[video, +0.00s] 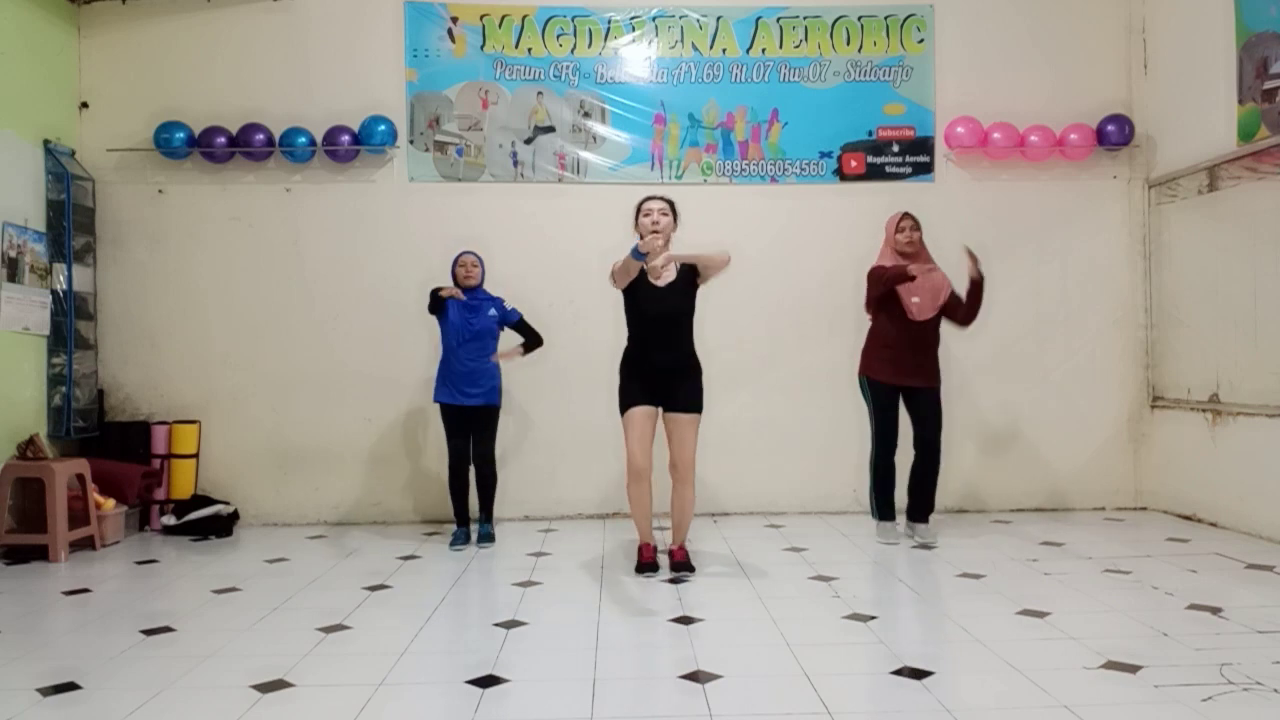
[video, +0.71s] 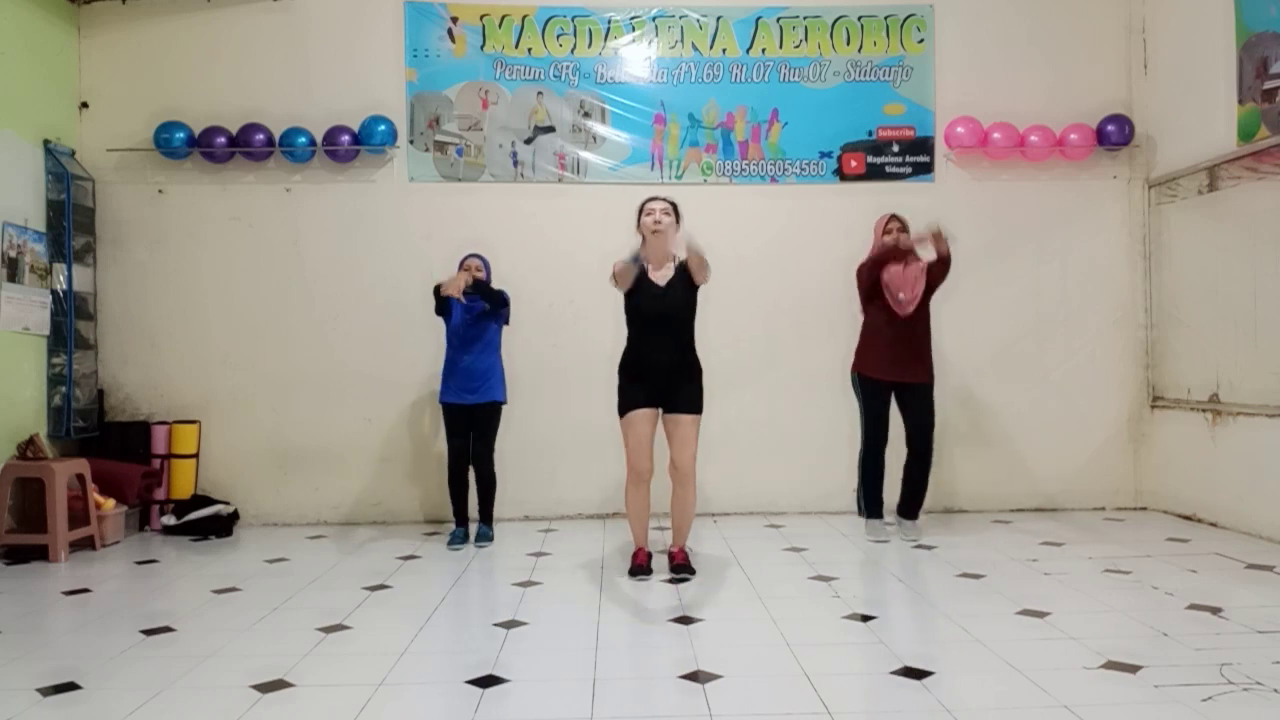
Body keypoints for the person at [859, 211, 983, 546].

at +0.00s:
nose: (910, 234)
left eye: (914, 229)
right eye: (902, 230)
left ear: (922, 236)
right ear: (891, 239)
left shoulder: (934, 278)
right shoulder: (880, 274)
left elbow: (963, 316)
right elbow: (871, 306)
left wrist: (976, 281)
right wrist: (896, 277)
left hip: (922, 373)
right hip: (880, 371)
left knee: (929, 445)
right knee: (885, 443)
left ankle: (918, 520)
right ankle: (885, 519)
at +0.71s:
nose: (897, 236)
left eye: (902, 231)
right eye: (889, 231)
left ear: (909, 239)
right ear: (878, 241)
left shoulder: (922, 273)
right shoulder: (868, 274)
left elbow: (941, 266)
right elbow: (876, 261)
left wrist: (940, 249)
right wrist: (904, 244)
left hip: (914, 369)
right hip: (874, 368)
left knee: (921, 444)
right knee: (874, 441)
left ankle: (908, 516)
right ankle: (873, 515)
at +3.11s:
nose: (892, 231)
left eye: (898, 226)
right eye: (885, 227)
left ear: (905, 234)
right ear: (872, 236)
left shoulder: (914, 268)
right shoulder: (860, 269)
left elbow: (938, 274)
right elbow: (866, 272)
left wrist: (931, 262)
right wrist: (901, 257)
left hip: (913, 364)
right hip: (873, 364)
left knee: (910, 440)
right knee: (874, 436)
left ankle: (903, 516)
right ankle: (873, 510)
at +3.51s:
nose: (890, 235)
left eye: (894, 229)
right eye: (883, 230)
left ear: (901, 236)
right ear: (871, 238)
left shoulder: (914, 270)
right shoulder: (861, 270)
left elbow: (941, 264)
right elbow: (859, 267)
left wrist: (937, 245)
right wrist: (879, 250)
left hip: (905, 365)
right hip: (865, 364)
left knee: (912, 441)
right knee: (867, 440)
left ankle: (902, 516)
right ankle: (872, 516)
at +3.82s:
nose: (886, 239)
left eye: (891, 234)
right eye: (879, 234)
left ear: (897, 240)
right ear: (866, 241)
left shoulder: (908, 267)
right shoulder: (853, 268)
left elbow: (929, 223)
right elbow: (837, 220)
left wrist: (899, 186)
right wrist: (866, 182)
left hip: (905, 367)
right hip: (864, 368)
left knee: (909, 444)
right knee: (865, 443)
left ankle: (899, 516)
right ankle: (855, 513)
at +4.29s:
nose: (877, 227)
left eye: (883, 222)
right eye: (870, 223)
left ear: (891, 230)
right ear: (860, 232)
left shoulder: (905, 259)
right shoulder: (850, 261)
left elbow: (938, 240)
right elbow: (834, 237)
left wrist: (918, 210)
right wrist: (862, 212)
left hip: (896, 357)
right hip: (856, 357)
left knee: (895, 433)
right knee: (853, 431)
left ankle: (892, 507)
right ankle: (852, 508)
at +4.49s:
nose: (876, 236)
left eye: (881, 231)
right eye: (869, 232)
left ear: (889, 239)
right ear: (857, 242)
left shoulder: (902, 272)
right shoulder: (846, 276)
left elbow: (938, 273)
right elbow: (831, 268)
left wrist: (928, 279)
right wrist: (863, 266)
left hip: (893, 368)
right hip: (852, 369)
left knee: (897, 440)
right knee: (851, 439)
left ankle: (890, 510)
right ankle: (850, 510)